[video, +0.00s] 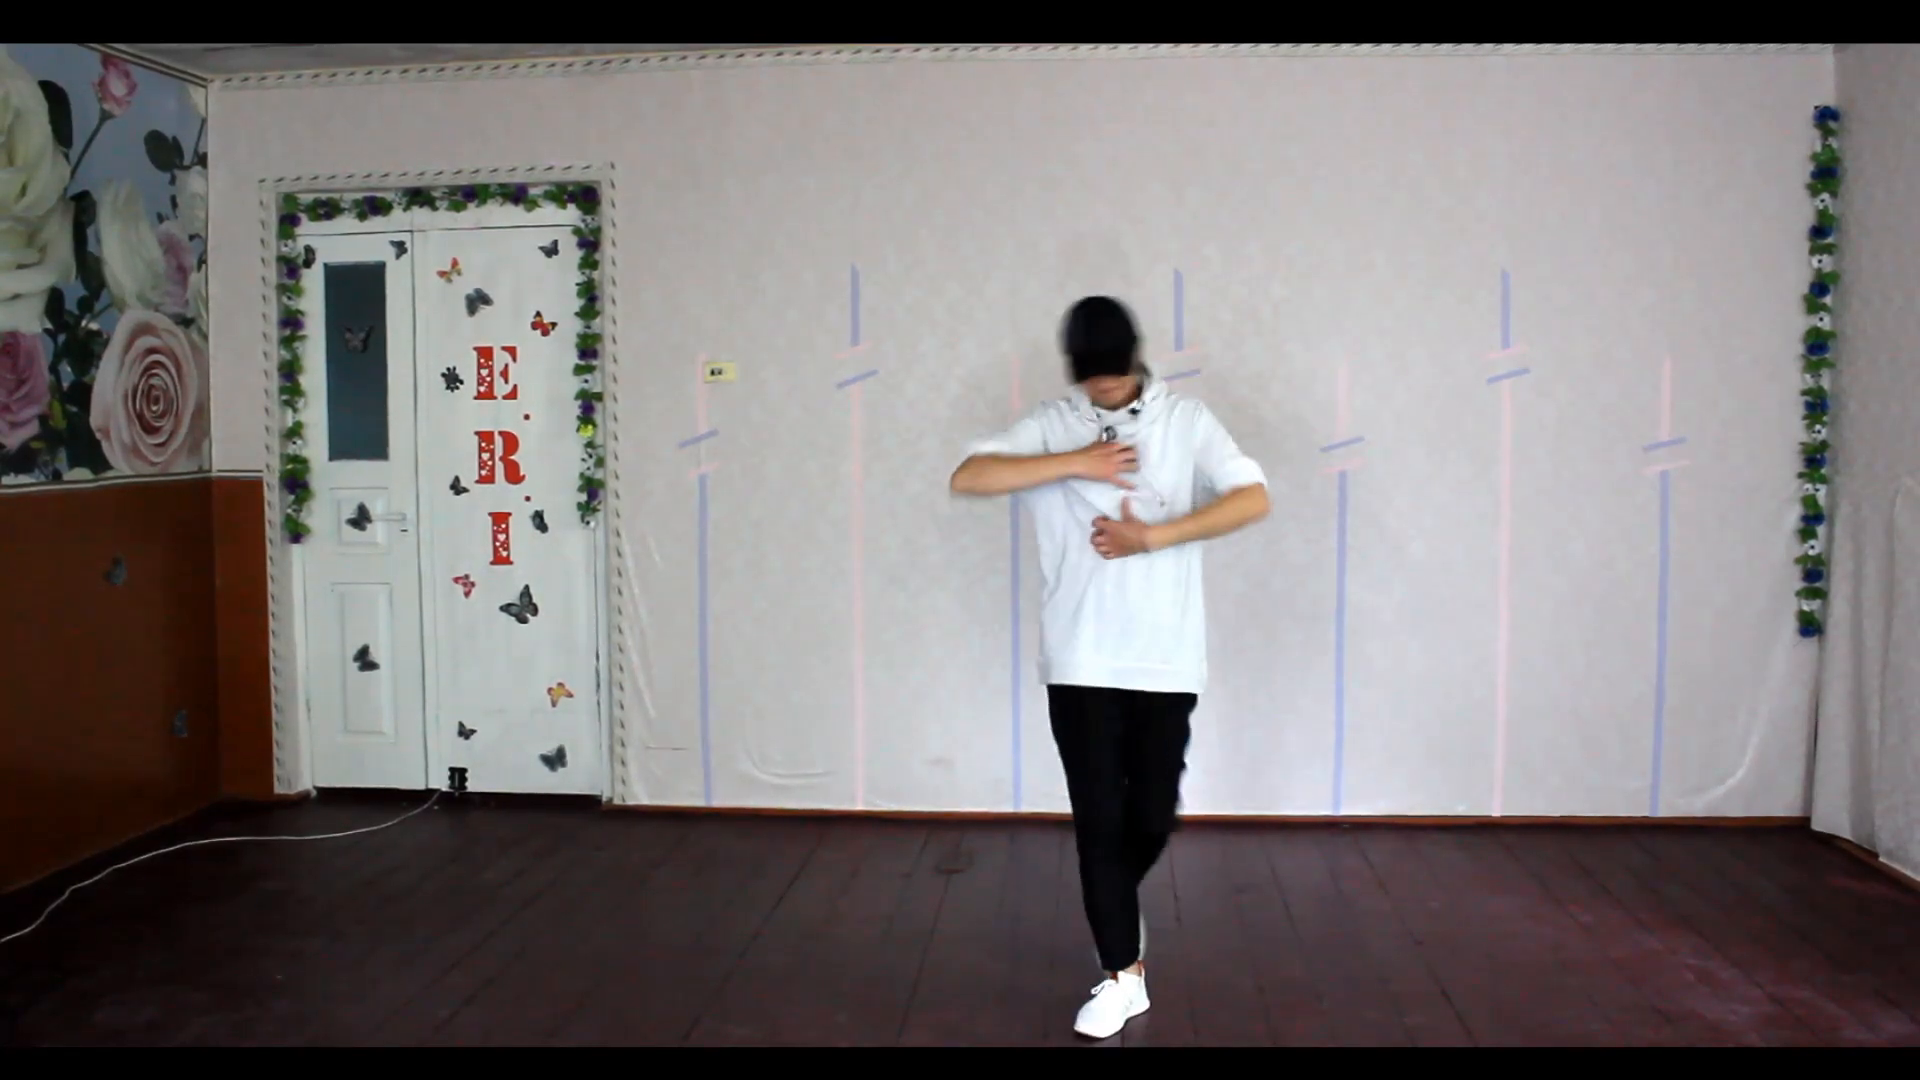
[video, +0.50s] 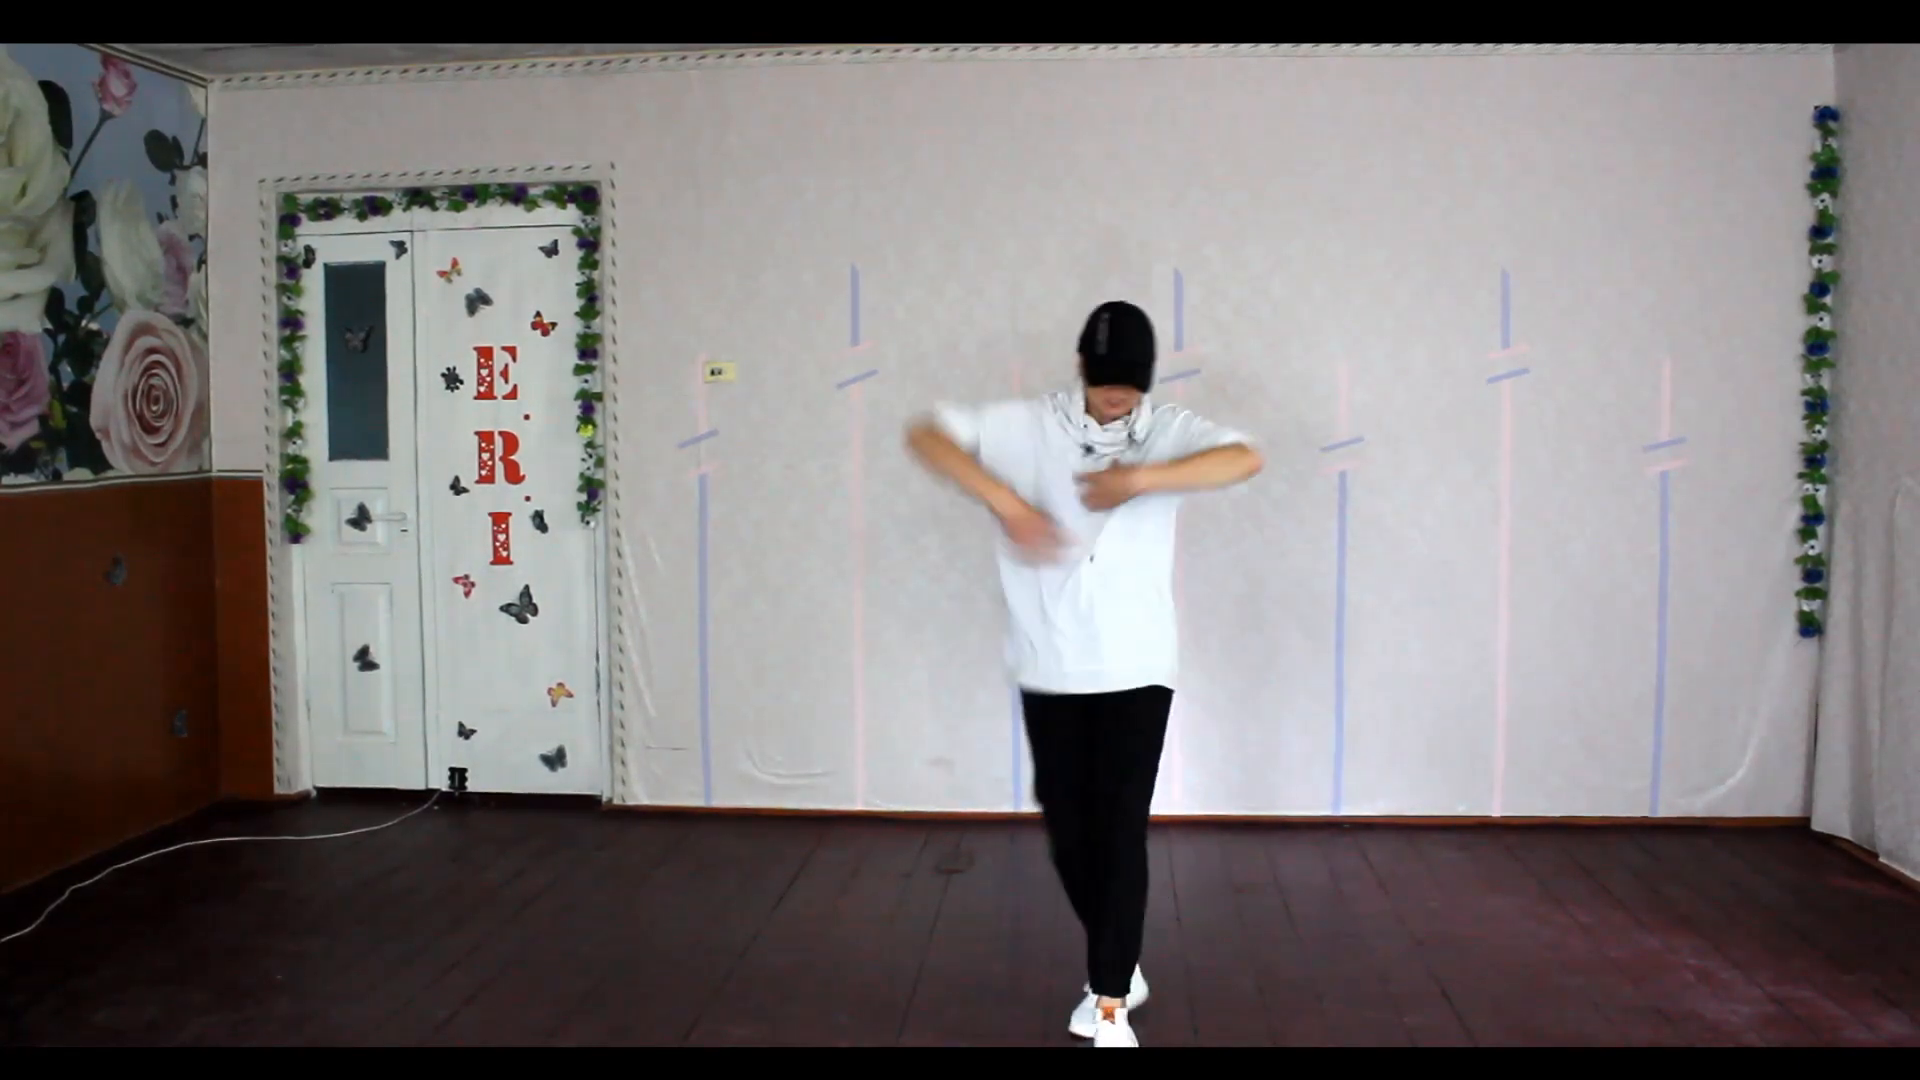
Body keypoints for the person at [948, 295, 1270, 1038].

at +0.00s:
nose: (1111, 398)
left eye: (1120, 383)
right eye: (1097, 387)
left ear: (1138, 361)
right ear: (1075, 372)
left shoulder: (1185, 420)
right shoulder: (1052, 424)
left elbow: (1254, 499)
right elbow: (967, 477)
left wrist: (1153, 535)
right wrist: (1075, 464)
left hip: (1167, 662)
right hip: (1080, 662)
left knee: (1152, 823)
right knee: (1099, 828)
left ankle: (1119, 901)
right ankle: (1122, 976)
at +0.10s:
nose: (1147, 402)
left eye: (1159, 390)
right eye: (1135, 388)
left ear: (1173, 375)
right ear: (1107, 364)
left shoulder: (1182, 417)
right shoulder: (1055, 428)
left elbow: (1236, 475)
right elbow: (958, 502)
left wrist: (1136, 503)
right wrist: (1044, 503)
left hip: (1163, 657)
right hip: (1075, 664)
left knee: (1163, 806)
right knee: (1096, 828)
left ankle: (1146, 842)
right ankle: (1123, 976)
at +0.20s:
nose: (1147, 398)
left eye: (1160, 385)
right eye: (1137, 384)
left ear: (1172, 370)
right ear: (1107, 360)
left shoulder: (1181, 405)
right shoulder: (1051, 425)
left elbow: (1241, 443)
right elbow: (966, 510)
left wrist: (1133, 460)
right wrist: (1043, 550)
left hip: (1157, 633)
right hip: (1073, 650)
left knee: (1150, 768)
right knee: (1091, 818)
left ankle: (1168, 840)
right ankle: (1123, 974)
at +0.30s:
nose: (1083, 386)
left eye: (1093, 373)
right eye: (1068, 375)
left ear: (1116, 349)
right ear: (1051, 359)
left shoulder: (1168, 402)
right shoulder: (1033, 421)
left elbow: (1266, 464)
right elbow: (979, 516)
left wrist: (1160, 466)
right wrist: (1090, 524)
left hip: (1157, 621)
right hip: (1078, 637)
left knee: (1136, 778)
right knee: (1091, 800)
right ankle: (1124, 965)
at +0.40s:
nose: (1108, 400)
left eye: (1121, 387)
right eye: (1097, 386)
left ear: (1140, 371)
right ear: (1074, 365)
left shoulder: (1161, 417)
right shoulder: (1030, 428)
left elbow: (1240, 478)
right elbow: (947, 500)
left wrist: (1129, 485)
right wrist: (1053, 525)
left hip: (1149, 656)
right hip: (1064, 662)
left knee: (1129, 827)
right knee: (1087, 829)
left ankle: (1119, 999)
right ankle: (1119, 976)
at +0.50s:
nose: (1111, 404)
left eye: (1125, 392)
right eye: (1101, 389)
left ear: (1146, 378)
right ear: (1081, 367)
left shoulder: (1165, 425)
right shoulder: (1030, 423)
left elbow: (1245, 459)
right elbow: (925, 434)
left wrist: (1139, 480)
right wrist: (1005, 503)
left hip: (1137, 672)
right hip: (1049, 672)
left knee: (1118, 834)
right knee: (1068, 838)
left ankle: (1106, 1000)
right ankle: (1119, 967)